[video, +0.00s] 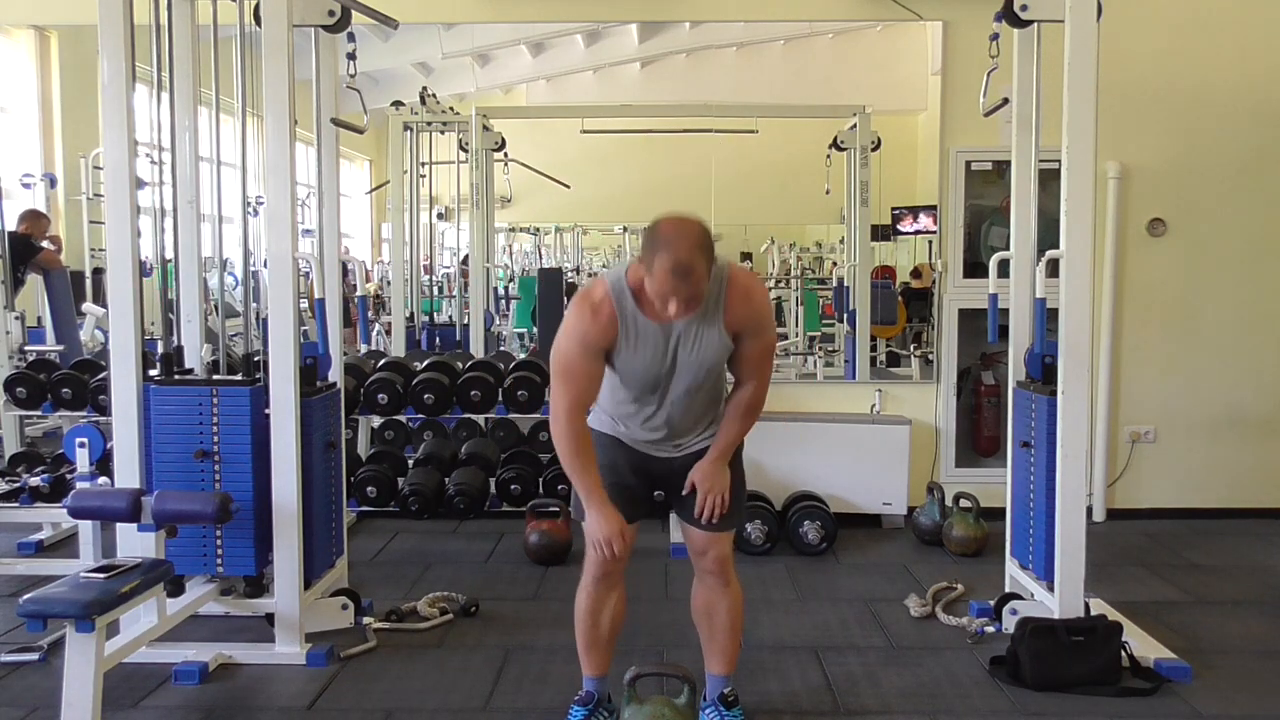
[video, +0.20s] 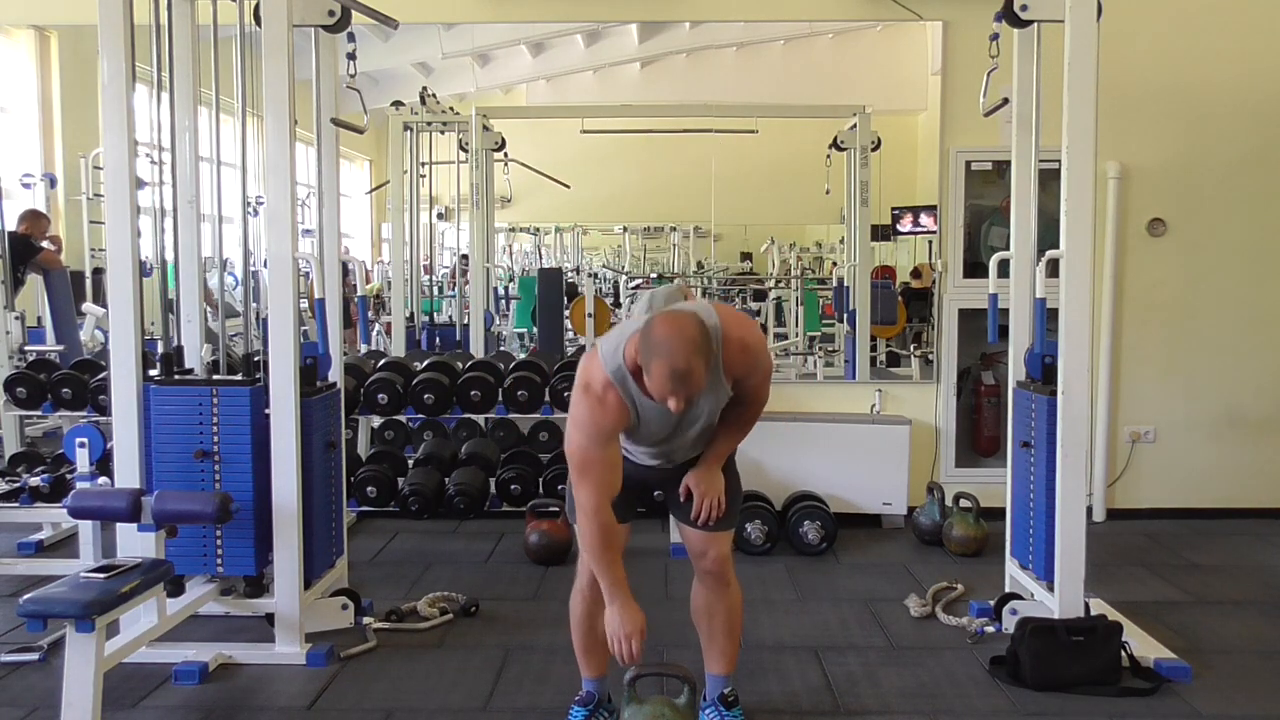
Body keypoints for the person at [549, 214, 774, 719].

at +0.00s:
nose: (676, 312)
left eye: (688, 300)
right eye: (665, 299)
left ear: (711, 272)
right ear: (641, 272)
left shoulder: (745, 296)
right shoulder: (597, 307)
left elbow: (752, 386)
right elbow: (565, 412)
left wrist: (718, 457)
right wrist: (596, 505)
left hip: (705, 441)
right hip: (618, 437)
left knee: (715, 560)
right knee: (605, 558)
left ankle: (718, 699)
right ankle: (592, 696)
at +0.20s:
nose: (677, 406)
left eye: (688, 395)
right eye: (664, 397)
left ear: (710, 360)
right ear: (637, 363)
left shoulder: (744, 345)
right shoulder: (599, 385)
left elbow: (750, 401)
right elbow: (593, 504)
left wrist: (713, 463)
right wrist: (617, 600)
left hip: (702, 456)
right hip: (621, 455)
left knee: (715, 563)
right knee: (594, 568)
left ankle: (719, 697)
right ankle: (593, 695)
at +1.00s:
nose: (713, 364)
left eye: (727, 352)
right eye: (702, 351)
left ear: (746, 326)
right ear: (679, 324)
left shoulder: (773, 336)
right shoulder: (632, 367)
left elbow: (776, 403)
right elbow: (607, 472)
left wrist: (737, 465)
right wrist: (648, 555)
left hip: (717, 454)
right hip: (635, 454)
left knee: (727, 566)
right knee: (608, 564)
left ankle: (719, 699)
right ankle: (593, 696)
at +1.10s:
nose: (715, 316)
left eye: (729, 301)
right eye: (704, 299)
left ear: (749, 284)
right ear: (680, 278)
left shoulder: (774, 317)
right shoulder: (632, 331)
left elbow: (780, 398)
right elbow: (598, 430)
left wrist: (740, 468)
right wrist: (645, 508)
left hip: (719, 448)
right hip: (634, 445)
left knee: (728, 563)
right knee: (611, 560)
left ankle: (720, 700)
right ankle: (594, 694)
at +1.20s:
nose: (718, 262)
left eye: (733, 247)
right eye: (706, 245)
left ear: (751, 239)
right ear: (684, 233)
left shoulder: (777, 298)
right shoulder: (632, 297)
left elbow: (784, 387)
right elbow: (592, 389)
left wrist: (732, 456)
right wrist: (642, 464)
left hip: (725, 443)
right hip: (635, 438)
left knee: (725, 561)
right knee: (613, 560)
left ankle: (719, 701)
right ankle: (594, 696)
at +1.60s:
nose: (692, 172)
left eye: (705, 161)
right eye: (680, 160)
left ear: (723, 171)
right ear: (661, 168)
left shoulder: (754, 257)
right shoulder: (614, 251)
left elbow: (772, 347)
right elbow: (577, 334)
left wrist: (716, 410)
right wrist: (632, 396)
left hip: (715, 438)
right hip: (623, 433)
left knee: (715, 560)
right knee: (611, 557)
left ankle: (719, 698)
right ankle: (598, 691)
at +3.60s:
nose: (640, 188)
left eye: (652, 176)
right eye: (628, 177)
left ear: (670, 176)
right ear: (611, 178)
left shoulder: (709, 253)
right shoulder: (575, 260)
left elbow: (729, 336)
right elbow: (554, 345)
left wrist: (690, 407)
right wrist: (605, 409)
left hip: (686, 427)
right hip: (601, 427)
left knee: (692, 549)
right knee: (602, 547)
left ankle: (702, 684)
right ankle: (597, 678)